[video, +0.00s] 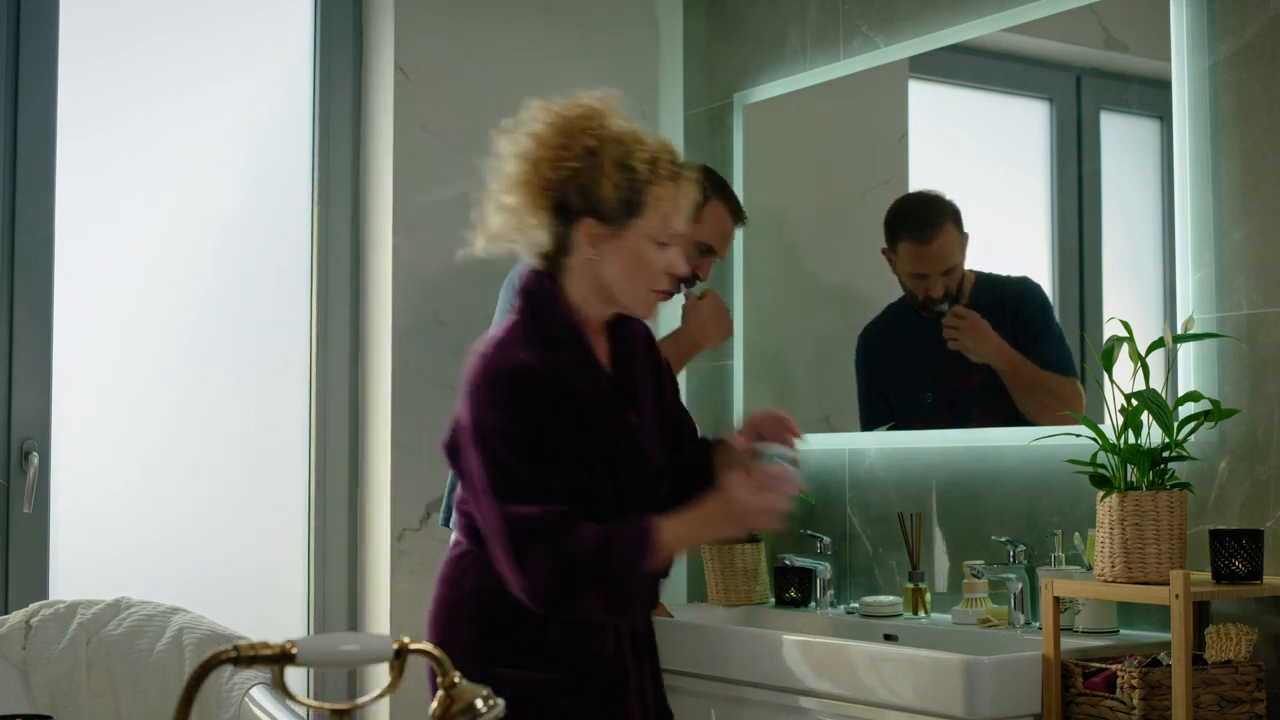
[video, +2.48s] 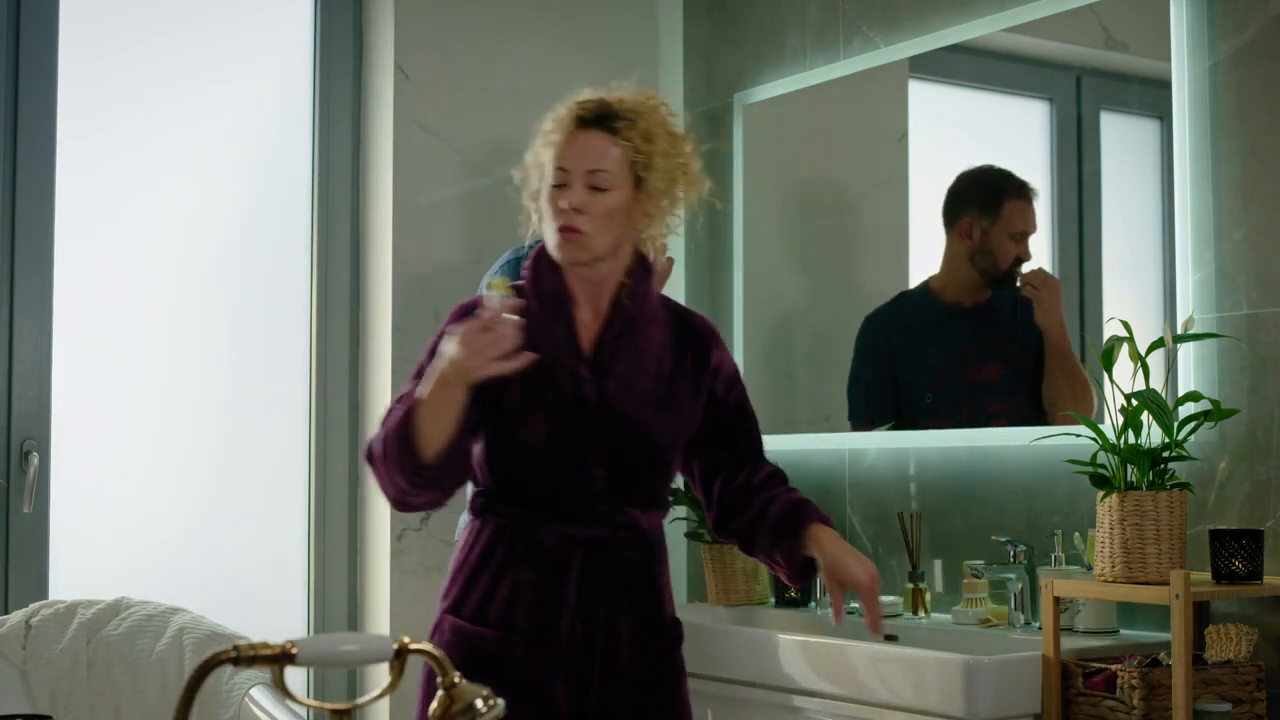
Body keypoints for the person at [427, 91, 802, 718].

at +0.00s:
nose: (683, 270)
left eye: (687, 250)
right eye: (666, 245)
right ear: (593, 240)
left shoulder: (632, 344)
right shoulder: (506, 371)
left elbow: (666, 477)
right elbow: (545, 569)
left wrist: (729, 457)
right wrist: (703, 524)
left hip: (608, 644)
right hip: (504, 661)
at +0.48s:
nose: (958, 378)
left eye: (961, 358)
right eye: (949, 355)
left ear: (862, 337)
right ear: (884, 341)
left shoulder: (740, 399)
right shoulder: (846, 461)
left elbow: (731, 568)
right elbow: (974, 640)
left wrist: (855, 627)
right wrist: (1134, 689)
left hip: (563, 675)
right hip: (659, 694)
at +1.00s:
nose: (1030, 440)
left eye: (1037, 416)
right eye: (1031, 414)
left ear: (907, 383)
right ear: (982, 397)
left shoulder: (794, 439)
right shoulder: (966, 526)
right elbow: (1075, 688)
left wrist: (888, 648)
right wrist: (1183, 710)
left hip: (632, 691)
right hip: (752, 706)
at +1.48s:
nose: (1034, 419)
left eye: (1042, 394)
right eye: (1035, 392)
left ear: (913, 357)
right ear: (987, 379)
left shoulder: (808, 416)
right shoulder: (954, 512)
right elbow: (984, 699)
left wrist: (889, 650)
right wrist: (1094, 714)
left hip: (627, 682)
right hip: (751, 700)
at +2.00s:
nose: (889, 287)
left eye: (892, 265)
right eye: (873, 261)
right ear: (800, 256)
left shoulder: (766, 359)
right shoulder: (758, 372)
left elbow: (758, 560)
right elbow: (765, 581)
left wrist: (858, 621)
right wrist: (926, 534)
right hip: (638, 678)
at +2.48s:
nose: (568, 203)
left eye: (597, 186)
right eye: (558, 182)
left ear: (645, 205)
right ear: (541, 194)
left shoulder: (686, 344)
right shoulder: (489, 324)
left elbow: (738, 481)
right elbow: (405, 482)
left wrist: (818, 539)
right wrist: (453, 375)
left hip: (629, 630)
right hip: (500, 622)